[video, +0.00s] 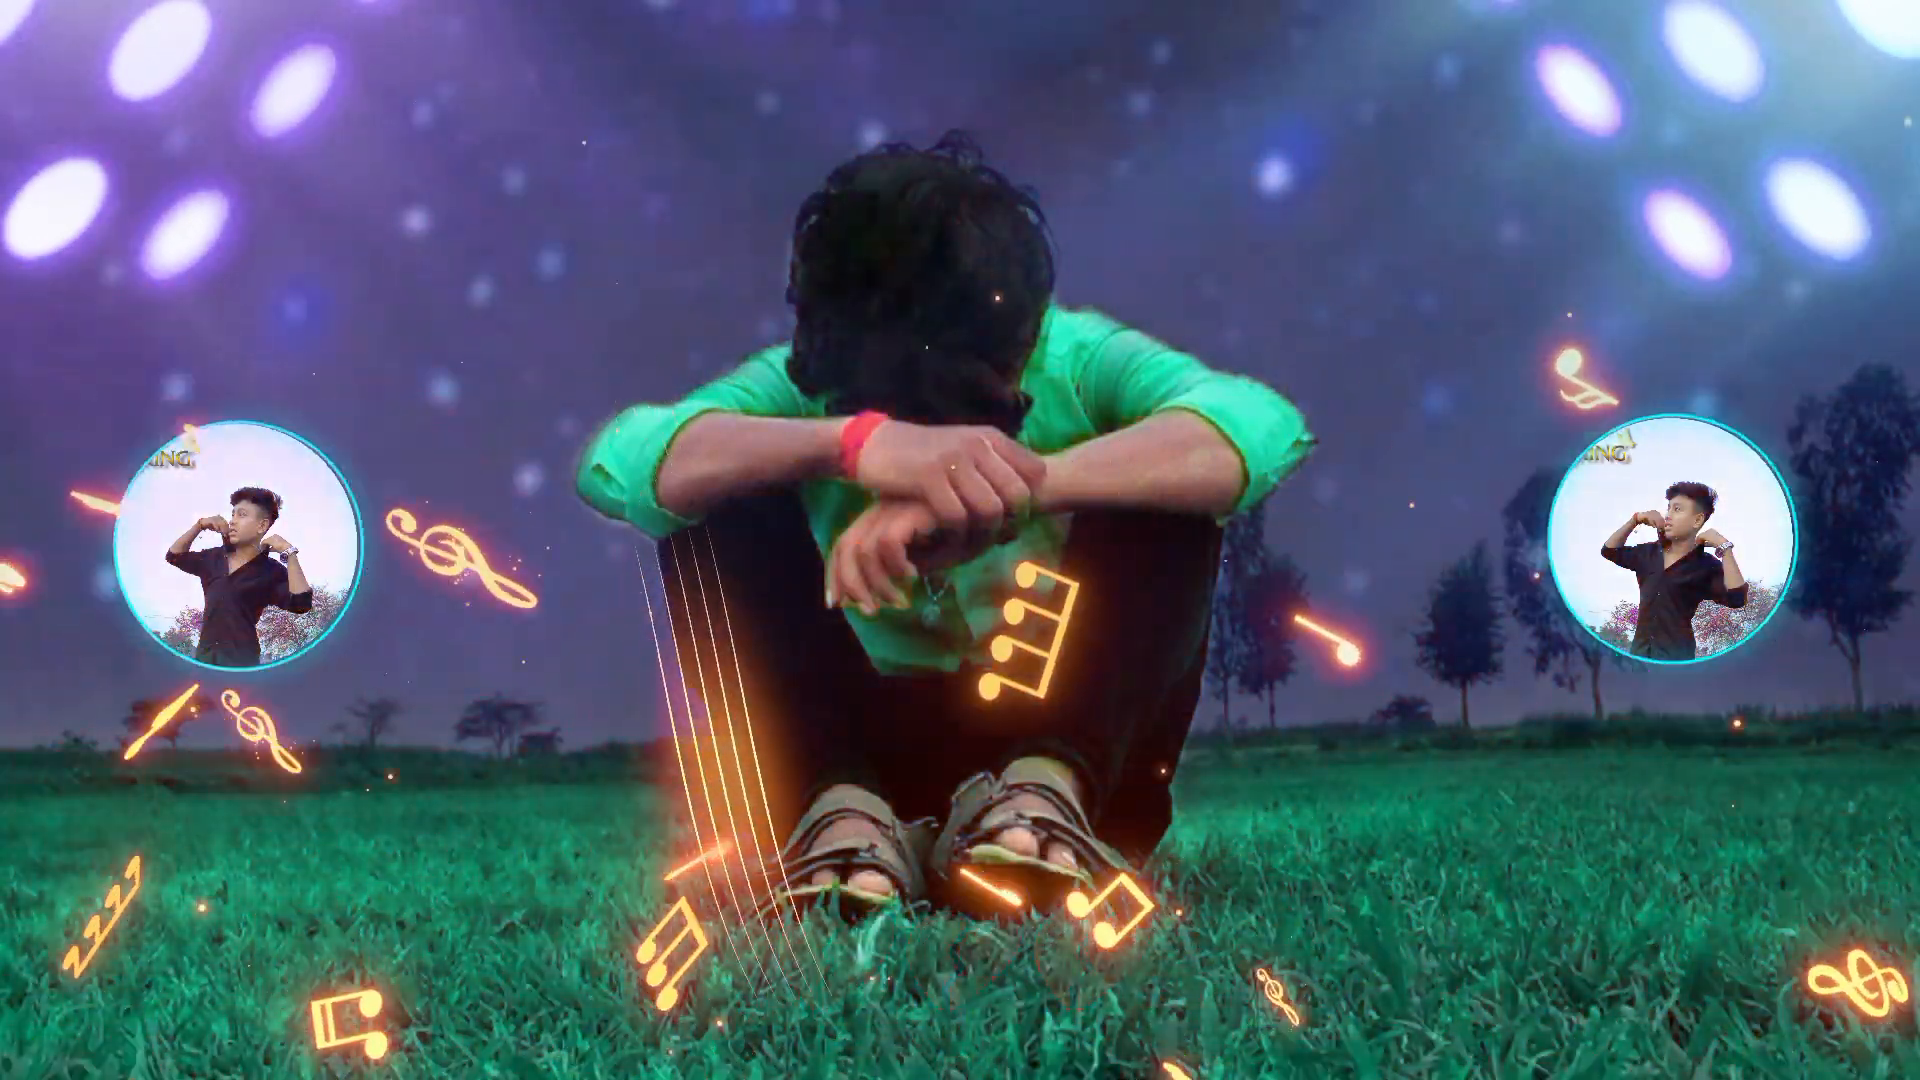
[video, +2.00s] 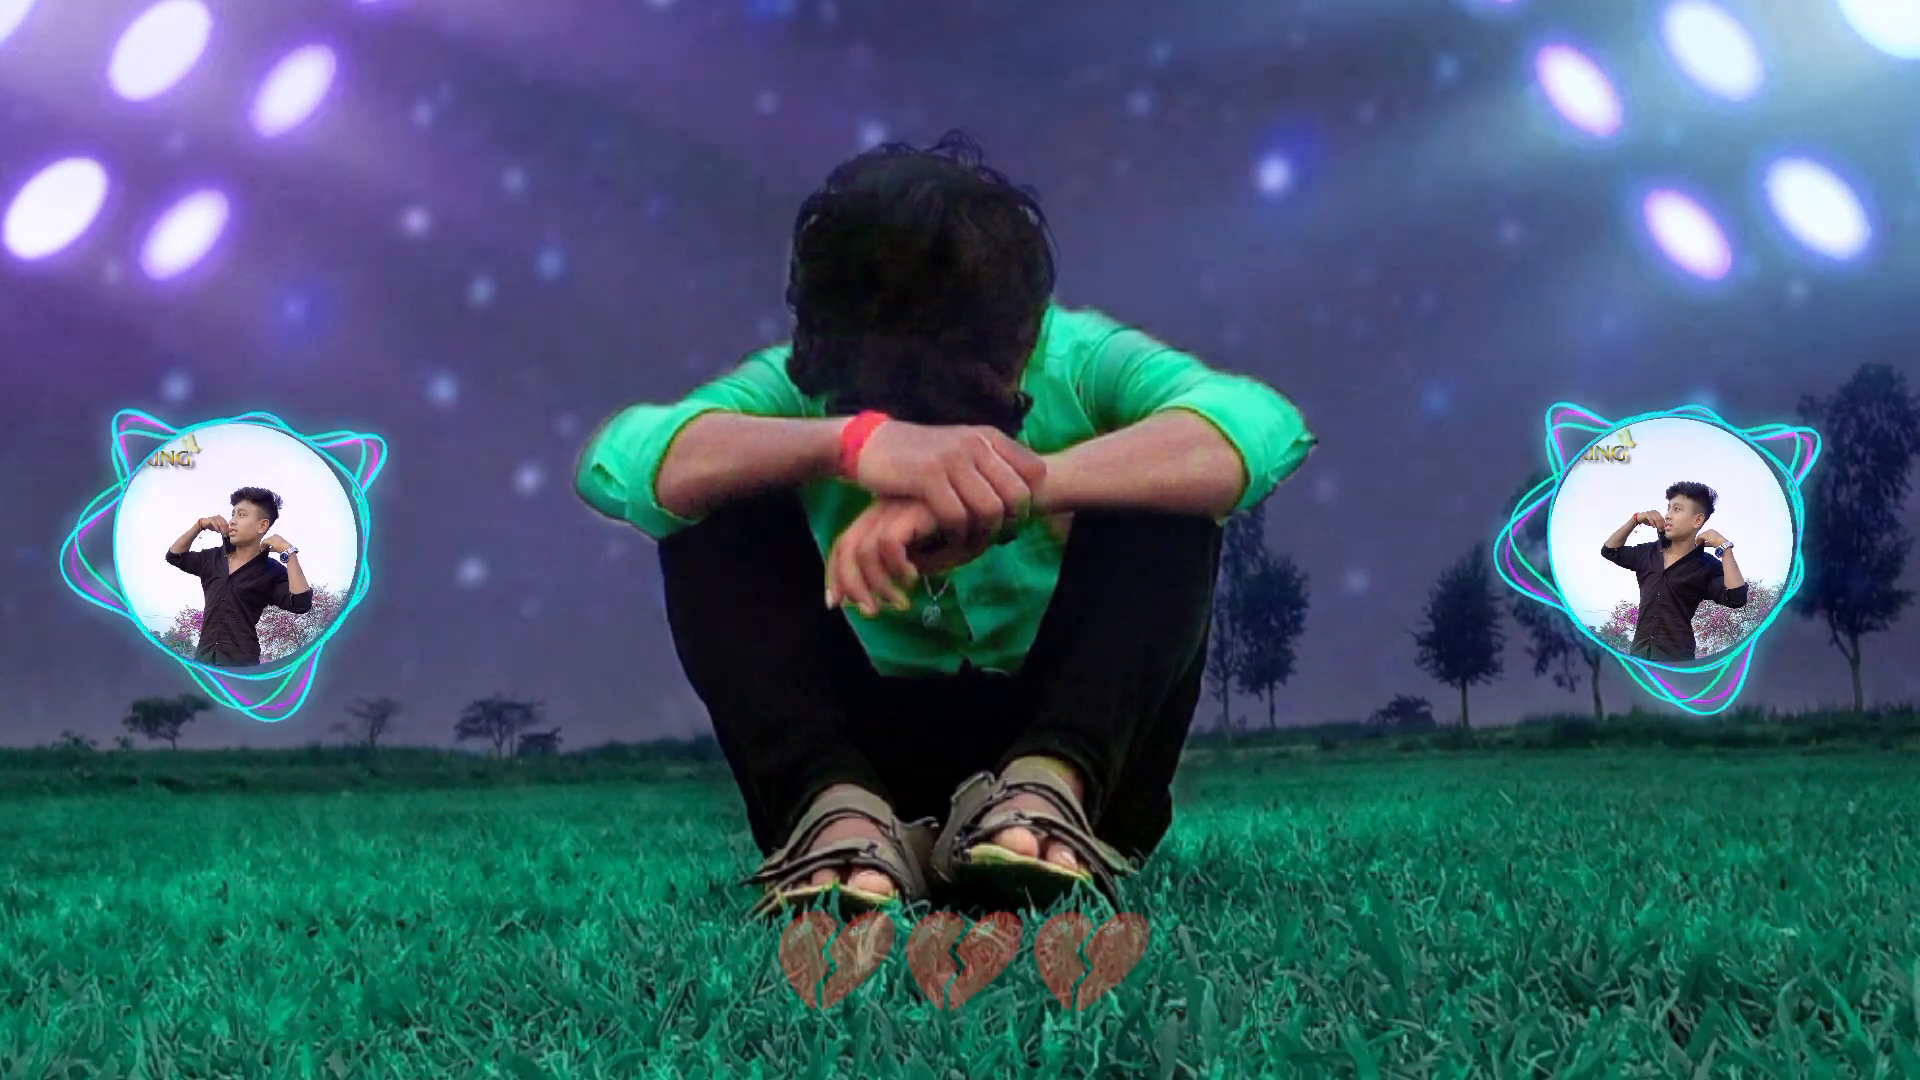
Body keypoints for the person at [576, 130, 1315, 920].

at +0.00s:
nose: (932, 443)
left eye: (967, 405)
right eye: (892, 404)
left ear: (1019, 348)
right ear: (826, 359)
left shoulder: (1073, 353)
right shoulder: (795, 382)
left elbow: (1264, 430)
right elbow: (610, 466)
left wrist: (988, 493)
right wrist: (853, 445)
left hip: (1046, 735)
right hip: (861, 744)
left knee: (1165, 488)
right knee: (715, 504)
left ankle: (1039, 790)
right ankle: (840, 812)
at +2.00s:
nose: (907, 450)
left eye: (945, 416)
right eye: (866, 408)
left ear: (1019, 358)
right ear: (815, 361)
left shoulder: (1079, 356)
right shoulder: (795, 381)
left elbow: (1265, 429)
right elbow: (612, 467)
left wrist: (999, 491)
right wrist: (852, 446)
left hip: (1059, 746)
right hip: (864, 752)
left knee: (1167, 486)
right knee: (712, 502)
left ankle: (1043, 790)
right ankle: (836, 818)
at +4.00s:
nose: (934, 435)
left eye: (971, 396)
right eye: (898, 402)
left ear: (1021, 343)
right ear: (828, 361)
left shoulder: (1075, 355)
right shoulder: (795, 383)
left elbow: (1265, 429)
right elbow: (611, 467)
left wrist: (1000, 491)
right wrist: (850, 446)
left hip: (1064, 752)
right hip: (866, 759)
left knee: (1165, 488)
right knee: (714, 505)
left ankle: (1043, 790)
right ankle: (837, 819)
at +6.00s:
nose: (947, 449)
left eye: (979, 404)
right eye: (908, 423)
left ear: (1019, 343)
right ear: (832, 373)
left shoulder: (1074, 353)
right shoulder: (795, 383)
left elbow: (1266, 428)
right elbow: (611, 467)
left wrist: (1002, 491)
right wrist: (852, 447)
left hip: (1058, 749)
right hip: (862, 757)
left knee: (1166, 488)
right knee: (712, 500)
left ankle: (1044, 791)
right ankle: (836, 817)